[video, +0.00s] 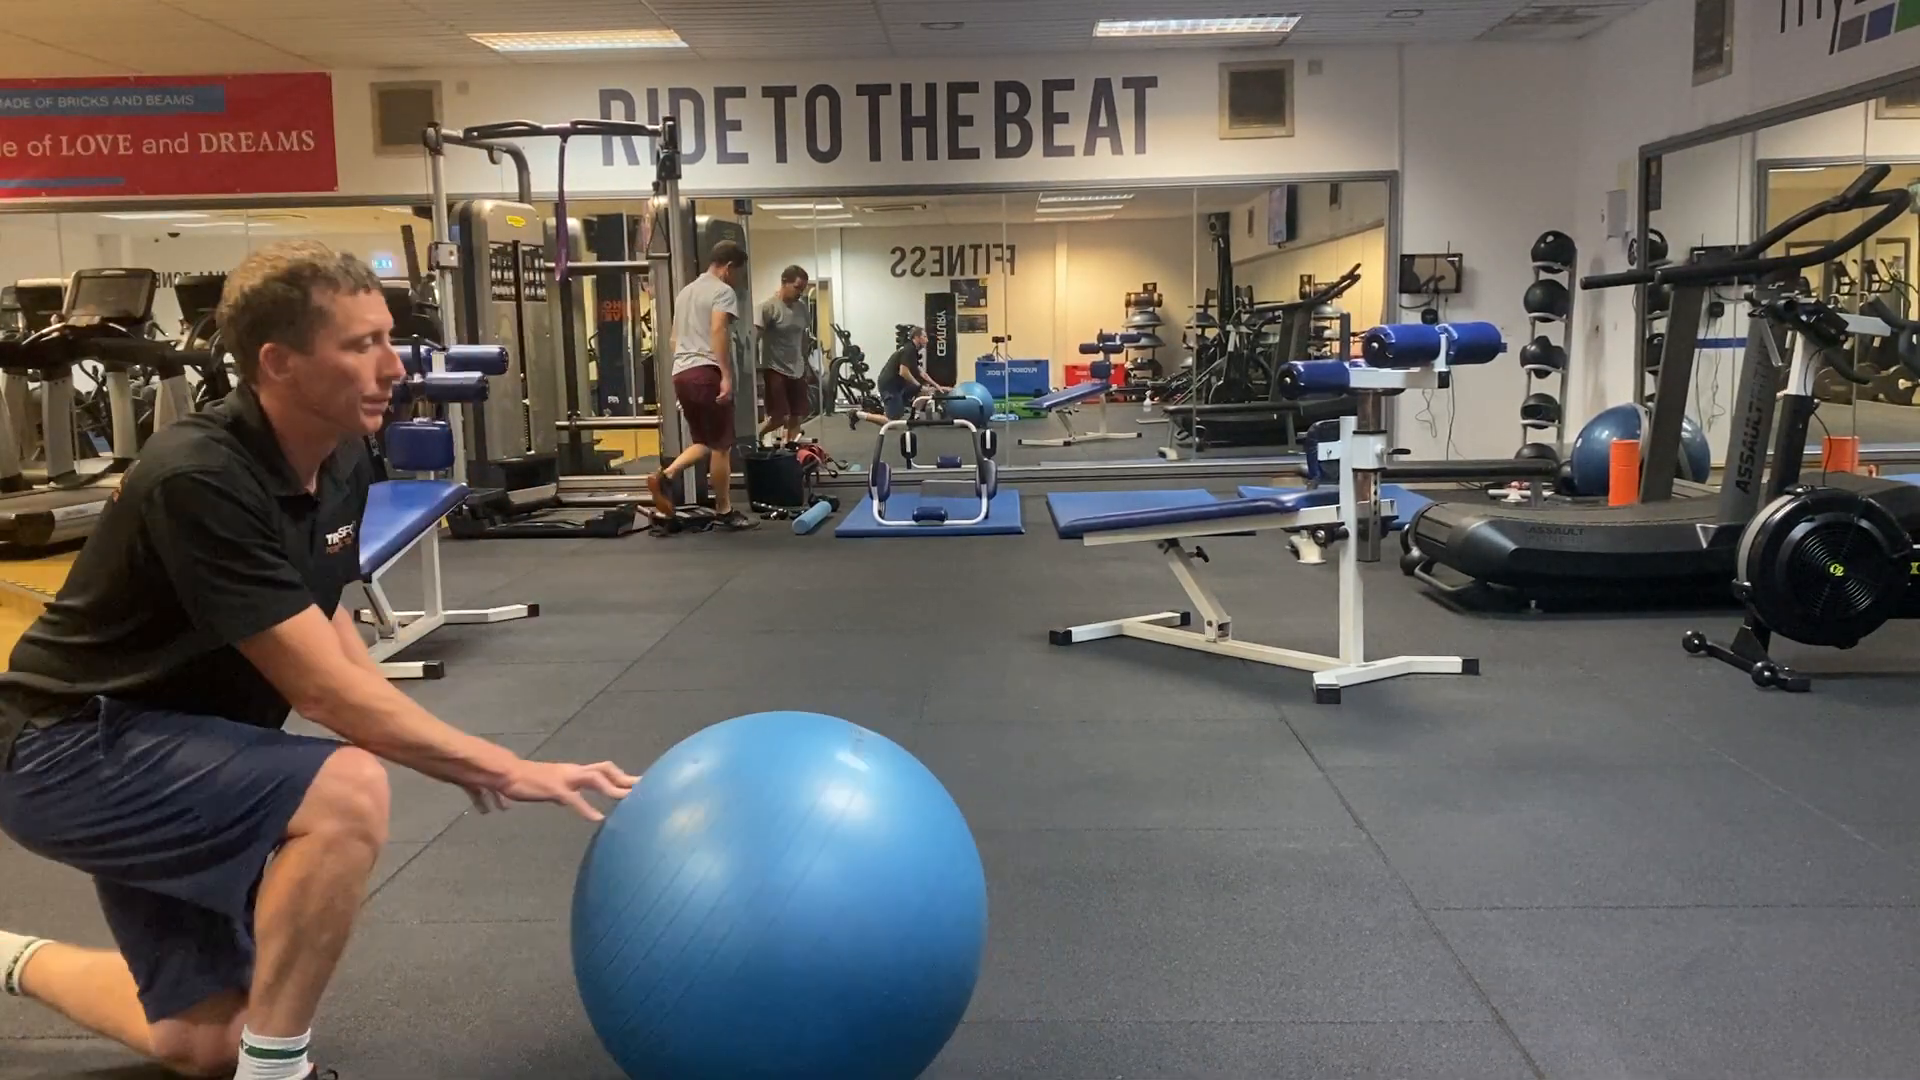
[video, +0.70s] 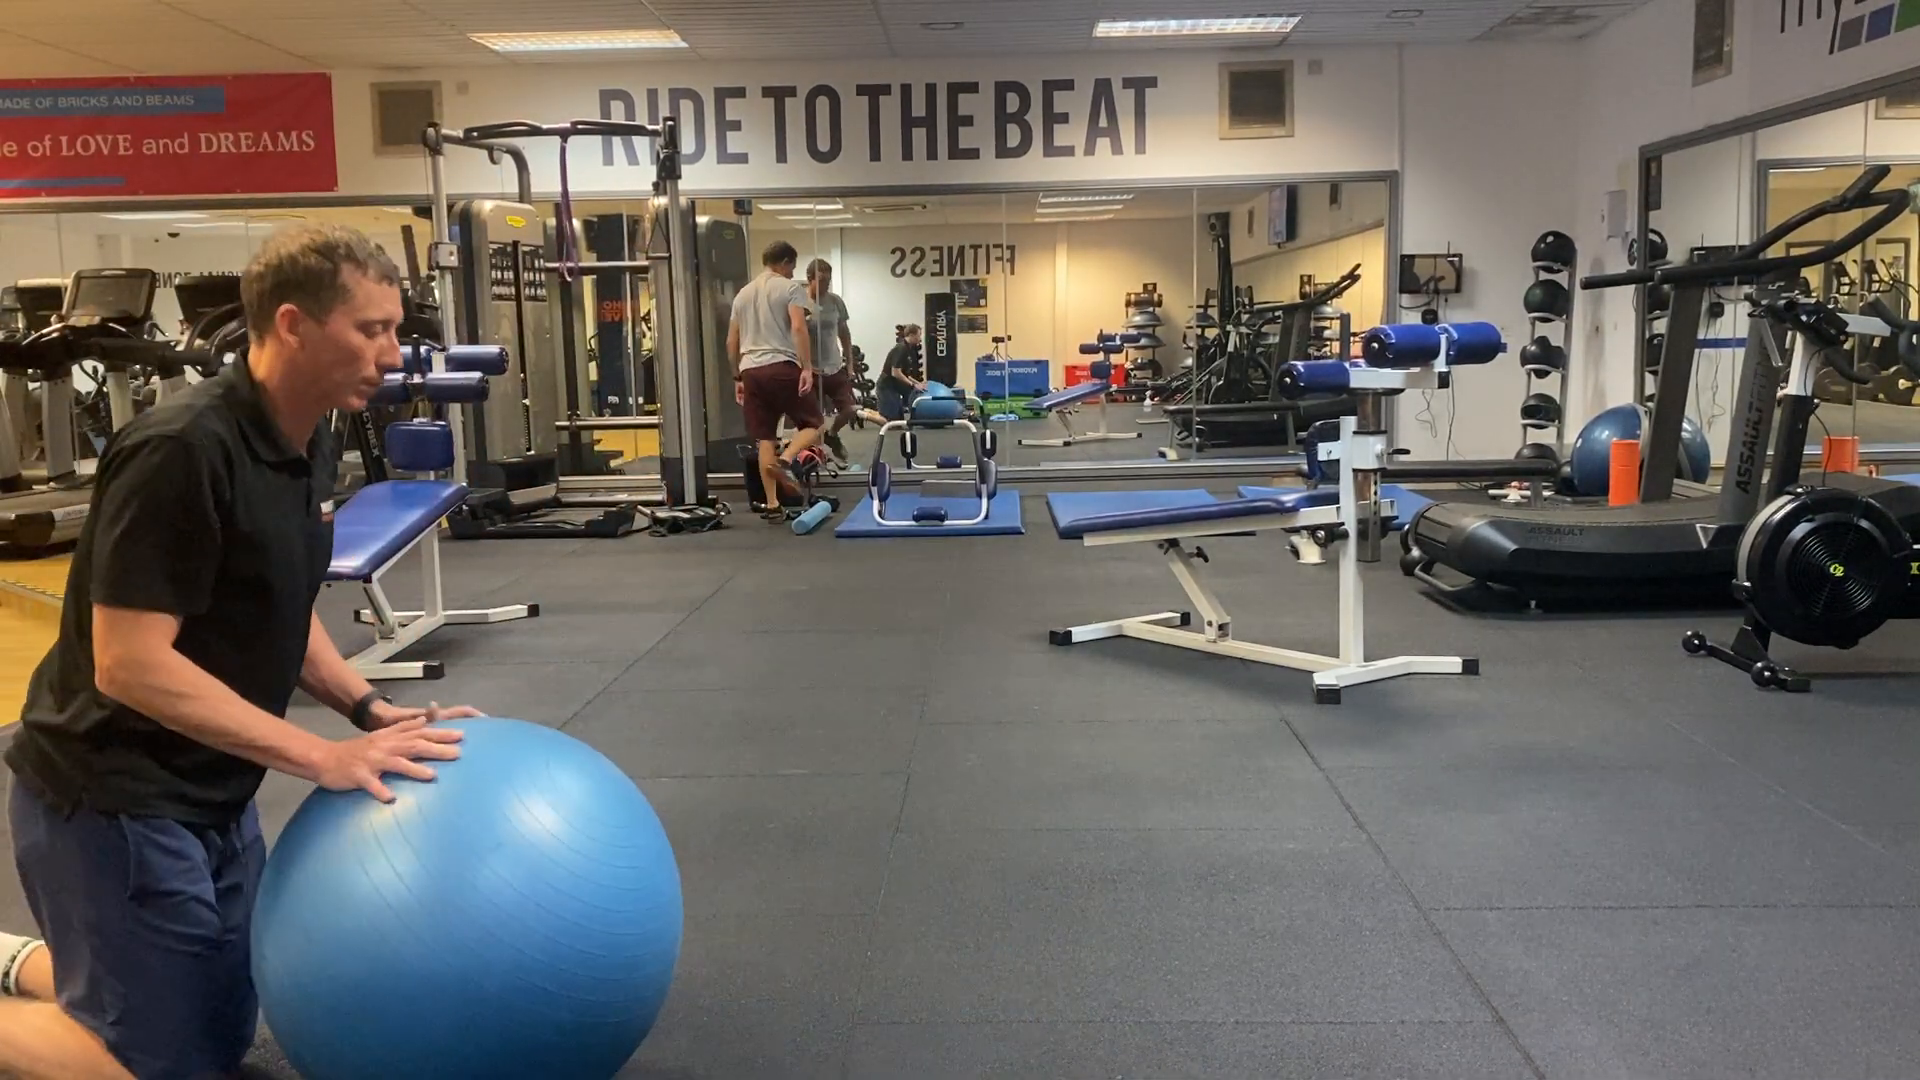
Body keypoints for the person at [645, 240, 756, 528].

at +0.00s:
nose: (736, 277)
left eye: (737, 272)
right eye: (737, 271)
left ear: (712, 264)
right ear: (727, 266)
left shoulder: (685, 292)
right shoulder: (723, 291)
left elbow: (675, 339)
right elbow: (718, 332)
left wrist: (685, 370)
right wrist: (726, 374)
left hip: (681, 372)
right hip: (707, 370)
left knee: (703, 442)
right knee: (721, 444)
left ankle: (667, 475)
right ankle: (724, 511)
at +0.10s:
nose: (746, 276)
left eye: (747, 270)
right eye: (747, 270)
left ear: (721, 263)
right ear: (737, 264)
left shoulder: (692, 292)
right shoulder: (736, 289)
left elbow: (681, 336)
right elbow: (740, 336)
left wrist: (688, 366)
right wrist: (757, 374)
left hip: (690, 371)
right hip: (718, 368)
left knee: (724, 431)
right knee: (727, 442)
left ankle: (690, 463)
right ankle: (724, 509)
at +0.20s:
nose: (755, 275)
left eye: (756, 270)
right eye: (755, 270)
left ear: (729, 262)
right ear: (745, 264)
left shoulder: (699, 292)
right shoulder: (746, 289)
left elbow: (687, 338)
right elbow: (760, 334)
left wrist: (698, 373)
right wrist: (781, 370)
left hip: (702, 372)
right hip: (730, 369)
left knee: (742, 425)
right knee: (731, 443)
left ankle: (715, 473)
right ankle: (725, 510)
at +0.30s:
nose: (762, 275)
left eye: (764, 270)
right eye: (763, 269)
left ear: (736, 263)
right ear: (753, 264)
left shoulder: (708, 292)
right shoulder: (756, 289)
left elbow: (696, 340)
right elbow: (774, 334)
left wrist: (708, 376)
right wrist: (794, 365)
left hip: (713, 372)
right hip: (741, 370)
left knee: (751, 436)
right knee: (737, 444)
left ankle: (749, 493)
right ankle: (725, 510)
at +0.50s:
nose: (778, 274)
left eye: (779, 270)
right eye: (778, 269)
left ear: (751, 264)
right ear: (771, 265)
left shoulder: (727, 295)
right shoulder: (774, 289)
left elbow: (717, 340)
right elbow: (789, 333)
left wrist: (720, 380)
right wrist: (805, 369)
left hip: (732, 371)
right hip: (762, 370)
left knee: (758, 441)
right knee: (767, 441)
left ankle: (771, 504)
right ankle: (735, 502)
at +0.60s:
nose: (786, 273)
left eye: (787, 269)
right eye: (786, 268)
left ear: (758, 264)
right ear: (779, 264)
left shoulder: (735, 294)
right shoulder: (783, 287)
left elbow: (725, 340)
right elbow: (793, 329)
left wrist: (730, 377)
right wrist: (804, 367)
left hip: (741, 373)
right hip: (771, 370)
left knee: (760, 438)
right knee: (794, 435)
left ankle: (769, 502)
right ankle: (756, 480)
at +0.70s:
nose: (792, 271)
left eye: (792, 267)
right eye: (792, 267)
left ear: (765, 263)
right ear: (786, 263)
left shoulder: (741, 294)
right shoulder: (790, 287)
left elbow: (732, 342)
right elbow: (798, 326)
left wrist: (739, 377)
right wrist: (807, 367)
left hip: (751, 372)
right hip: (783, 368)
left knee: (766, 439)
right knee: (813, 425)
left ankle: (772, 504)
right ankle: (786, 458)